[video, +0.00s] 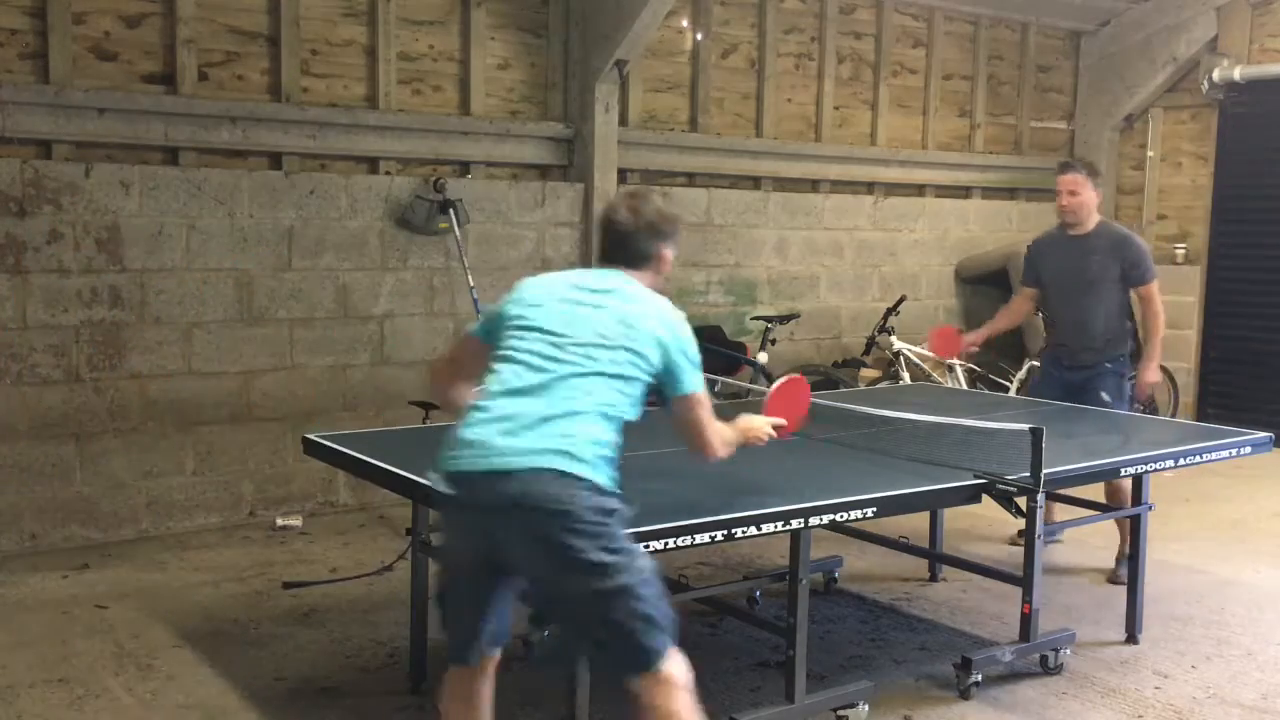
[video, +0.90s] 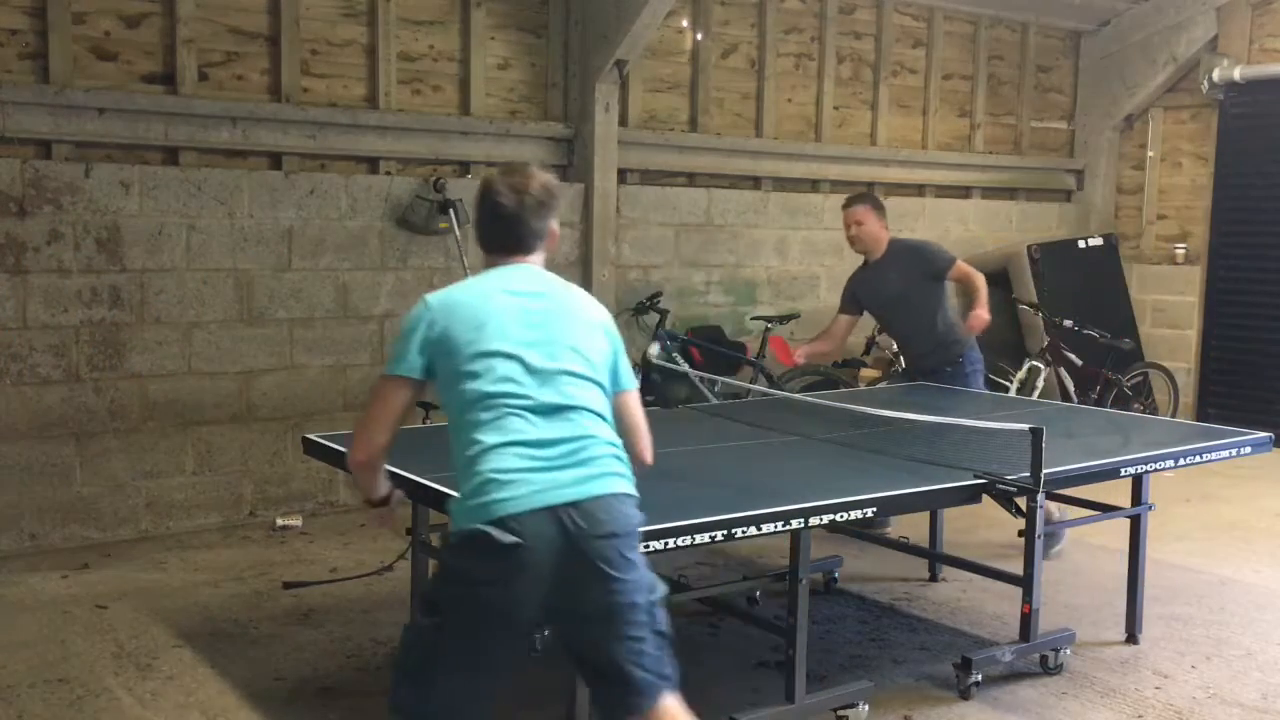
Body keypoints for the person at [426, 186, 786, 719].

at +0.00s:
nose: (673, 261)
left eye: (672, 249)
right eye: (673, 251)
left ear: (604, 244)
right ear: (663, 257)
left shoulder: (531, 290)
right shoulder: (663, 319)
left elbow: (448, 378)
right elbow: (710, 443)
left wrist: (502, 414)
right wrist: (742, 428)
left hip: (468, 483)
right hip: (563, 489)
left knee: (470, 661)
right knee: (662, 673)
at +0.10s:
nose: (716, 293)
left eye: (714, 283)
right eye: (713, 283)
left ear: (643, 277)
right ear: (703, 287)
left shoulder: (577, 320)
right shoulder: (714, 349)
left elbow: (508, 411)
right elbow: (752, 481)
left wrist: (562, 439)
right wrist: (764, 454)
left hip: (556, 521)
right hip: (662, 523)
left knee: (509, 675)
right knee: (736, 695)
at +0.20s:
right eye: (746, 304)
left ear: (672, 301)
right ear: (739, 310)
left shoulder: (615, 345)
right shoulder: (757, 367)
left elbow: (534, 448)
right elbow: (784, 510)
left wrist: (594, 474)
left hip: (612, 528)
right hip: (722, 529)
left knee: (559, 680)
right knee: (776, 697)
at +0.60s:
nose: (721, 232)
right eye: (719, 224)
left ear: (641, 234)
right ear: (712, 236)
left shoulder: (597, 307)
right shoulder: (750, 317)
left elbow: (523, 433)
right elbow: (757, 446)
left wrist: (563, 467)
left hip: (637, 523)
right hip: (742, 519)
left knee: (535, 684)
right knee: (781, 697)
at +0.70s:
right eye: (666, 224)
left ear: (588, 238)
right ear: (662, 237)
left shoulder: (548, 316)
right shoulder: (702, 318)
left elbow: (472, 446)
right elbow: (715, 447)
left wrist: (508, 472)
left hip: (608, 539)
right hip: (710, 529)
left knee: (497, 699)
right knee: (760, 701)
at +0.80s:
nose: (607, 237)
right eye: (606, 228)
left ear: (527, 241)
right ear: (600, 240)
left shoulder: (486, 321)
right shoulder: (639, 320)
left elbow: (408, 467)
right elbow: (671, 457)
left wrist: (431, 484)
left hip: (550, 544)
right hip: (657, 532)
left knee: (443, 696)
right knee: (717, 698)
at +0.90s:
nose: (560, 232)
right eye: (559, 224)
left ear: (481, 234)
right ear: (552, 234)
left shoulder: (441, 309)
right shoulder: (591, 311)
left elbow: (363, 455)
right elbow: (642, 451)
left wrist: (379, 494)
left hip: (502, 527)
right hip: (606, 513)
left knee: (436, 699)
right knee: (651, 691)